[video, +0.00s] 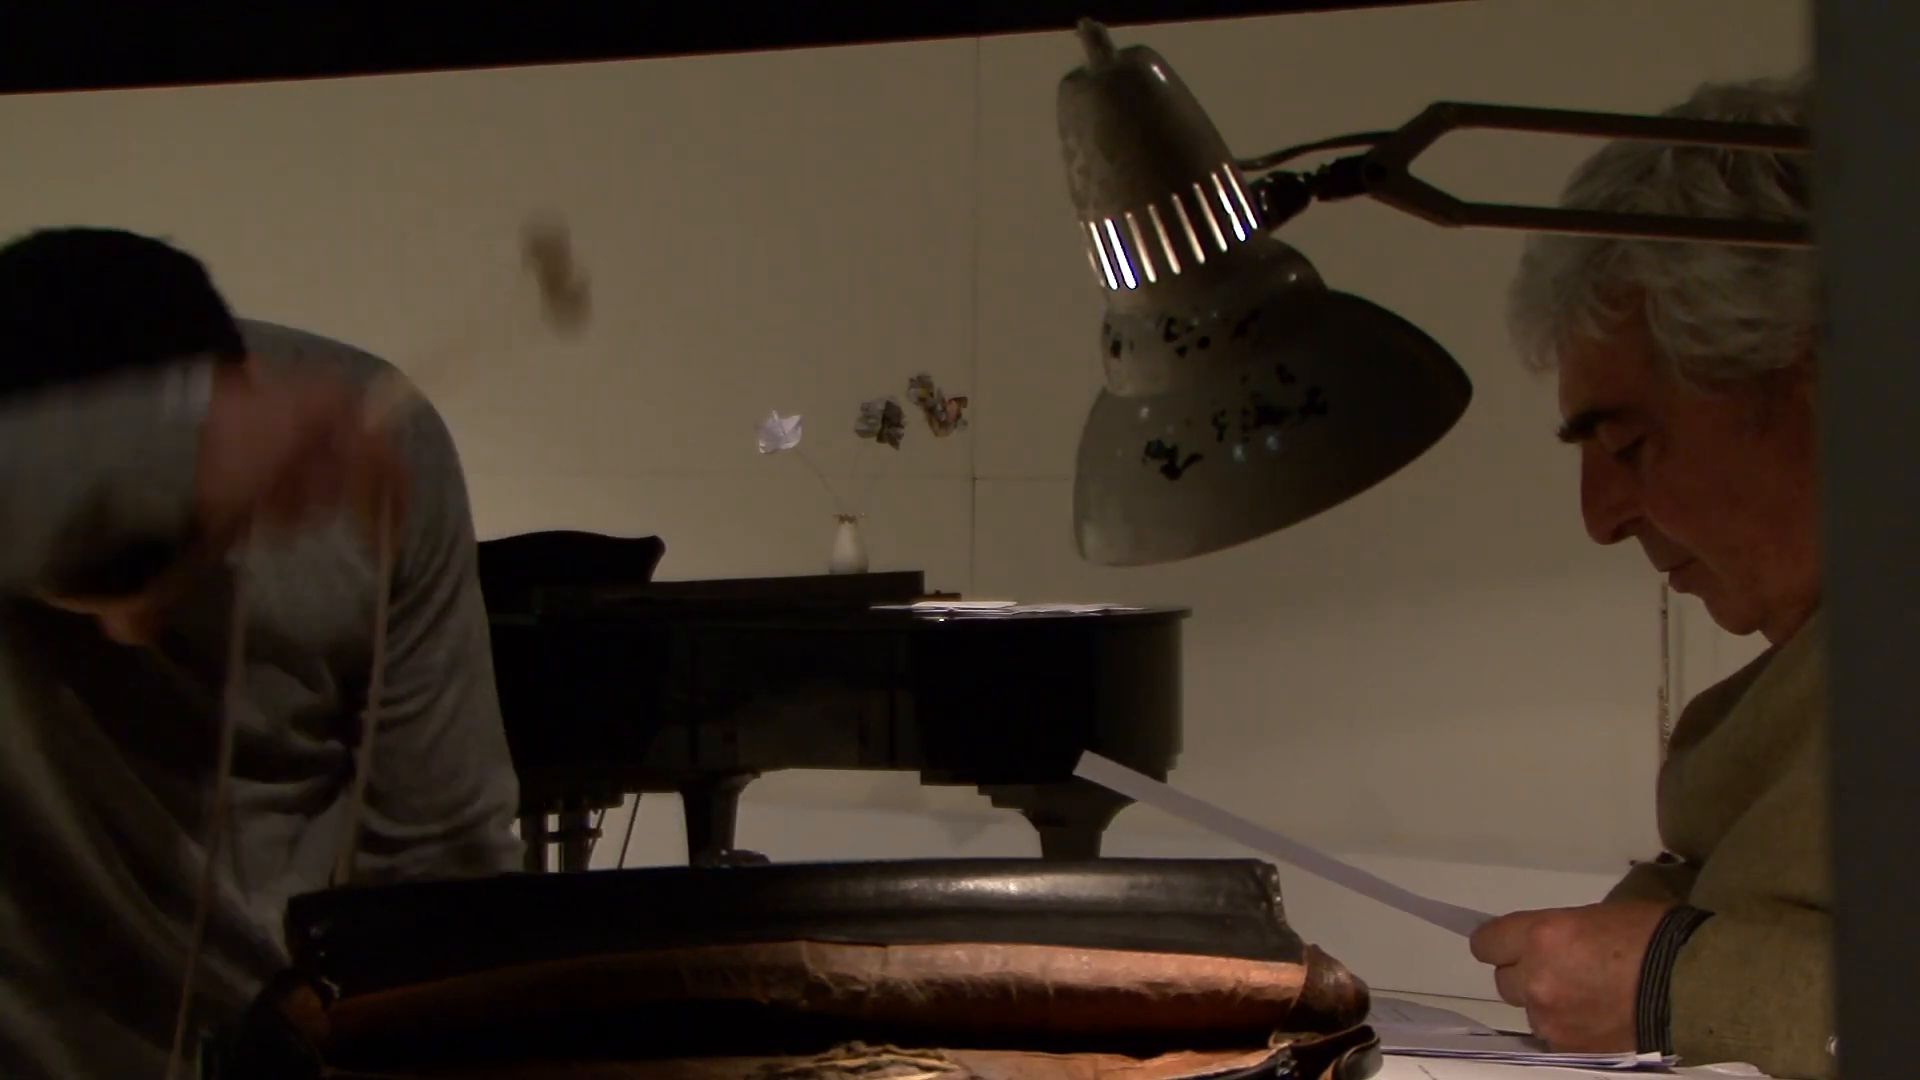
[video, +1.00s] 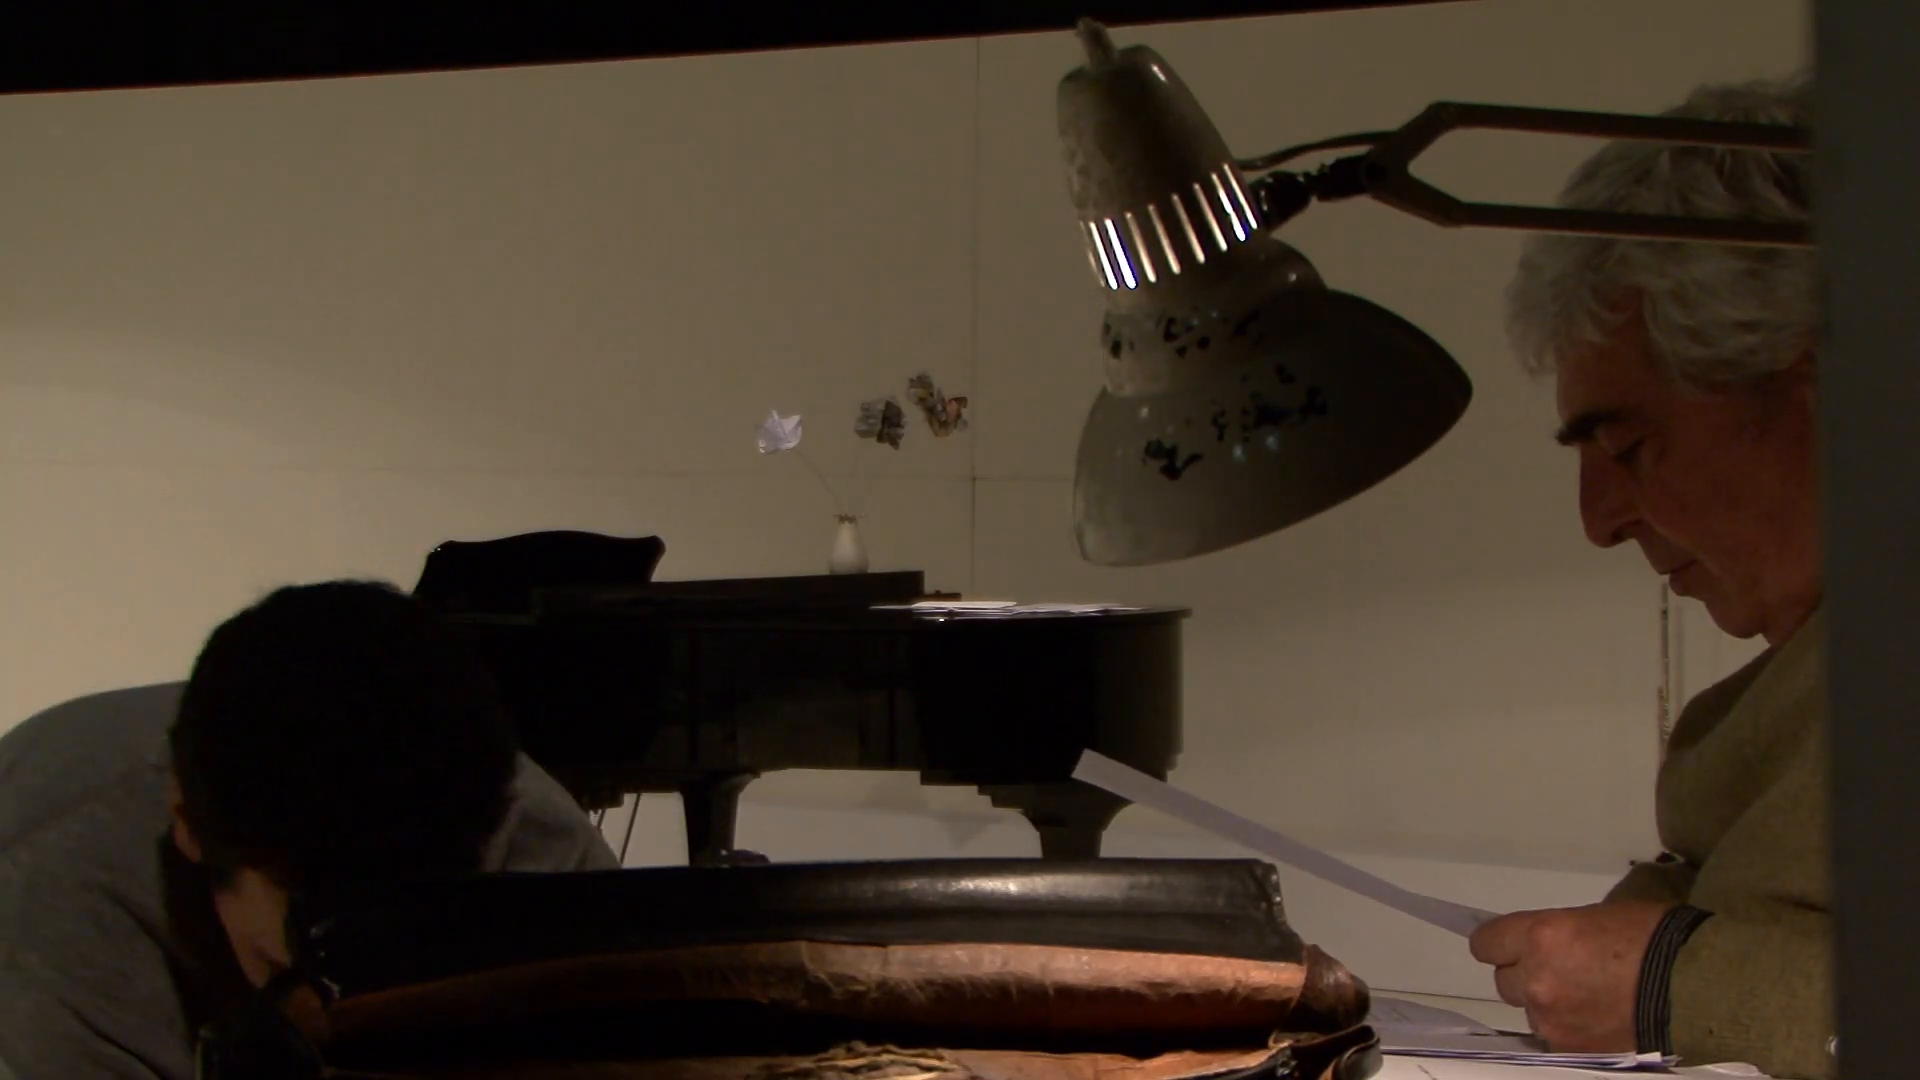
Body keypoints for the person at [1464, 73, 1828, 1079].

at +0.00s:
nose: (1603, 517)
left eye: (1627, 438)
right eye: (1591, 451)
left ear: (1806, 379)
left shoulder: (1872, 656)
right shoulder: (1797, 668)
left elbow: (1889, 1007)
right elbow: (1741, 872)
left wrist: (1673, 983)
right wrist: (1649, 934)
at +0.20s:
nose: (1602, 518)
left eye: (1625, 439)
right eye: (1589, 451)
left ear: (1809, 381)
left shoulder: (1872, 657)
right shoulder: (1795, 670)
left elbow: (1892, 1006)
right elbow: (1737, 873)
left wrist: (1673, 984)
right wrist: (1646, 942)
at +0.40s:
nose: (1602, 519)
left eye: (1622, 439)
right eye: (1590, 451)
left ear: (1805, 379)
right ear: (1800, 378)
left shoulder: (1874, 656)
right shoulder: (1795, 671)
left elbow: (1896, 1004)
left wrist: (1674, 984)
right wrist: (1645, 949)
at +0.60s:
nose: (1601, 520)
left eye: (1623, 439)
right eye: (1589, 453)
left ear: (1809, 379)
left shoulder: (1874, 656)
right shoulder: (1792, 674)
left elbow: (1896, 1004)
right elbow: (1733, 874)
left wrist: (1673, 985)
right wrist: (1642, 948)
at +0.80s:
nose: (1600, 519)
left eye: (1624, 441)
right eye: (1589, 454)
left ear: (1808, 379)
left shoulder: (1874, 656)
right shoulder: (1799, 667)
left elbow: (1892, 1005)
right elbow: (1733, 873)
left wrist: (1674, 986)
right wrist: (1643, 945)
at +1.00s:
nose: (1601, 520)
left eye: (1623, 440)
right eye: (1589, 455)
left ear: (1806, 379)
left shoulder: (1873, 653)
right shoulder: (1796, 666)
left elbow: (1894, 1005)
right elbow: (1727, 869)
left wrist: (1674, 985)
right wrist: (1641, 946)